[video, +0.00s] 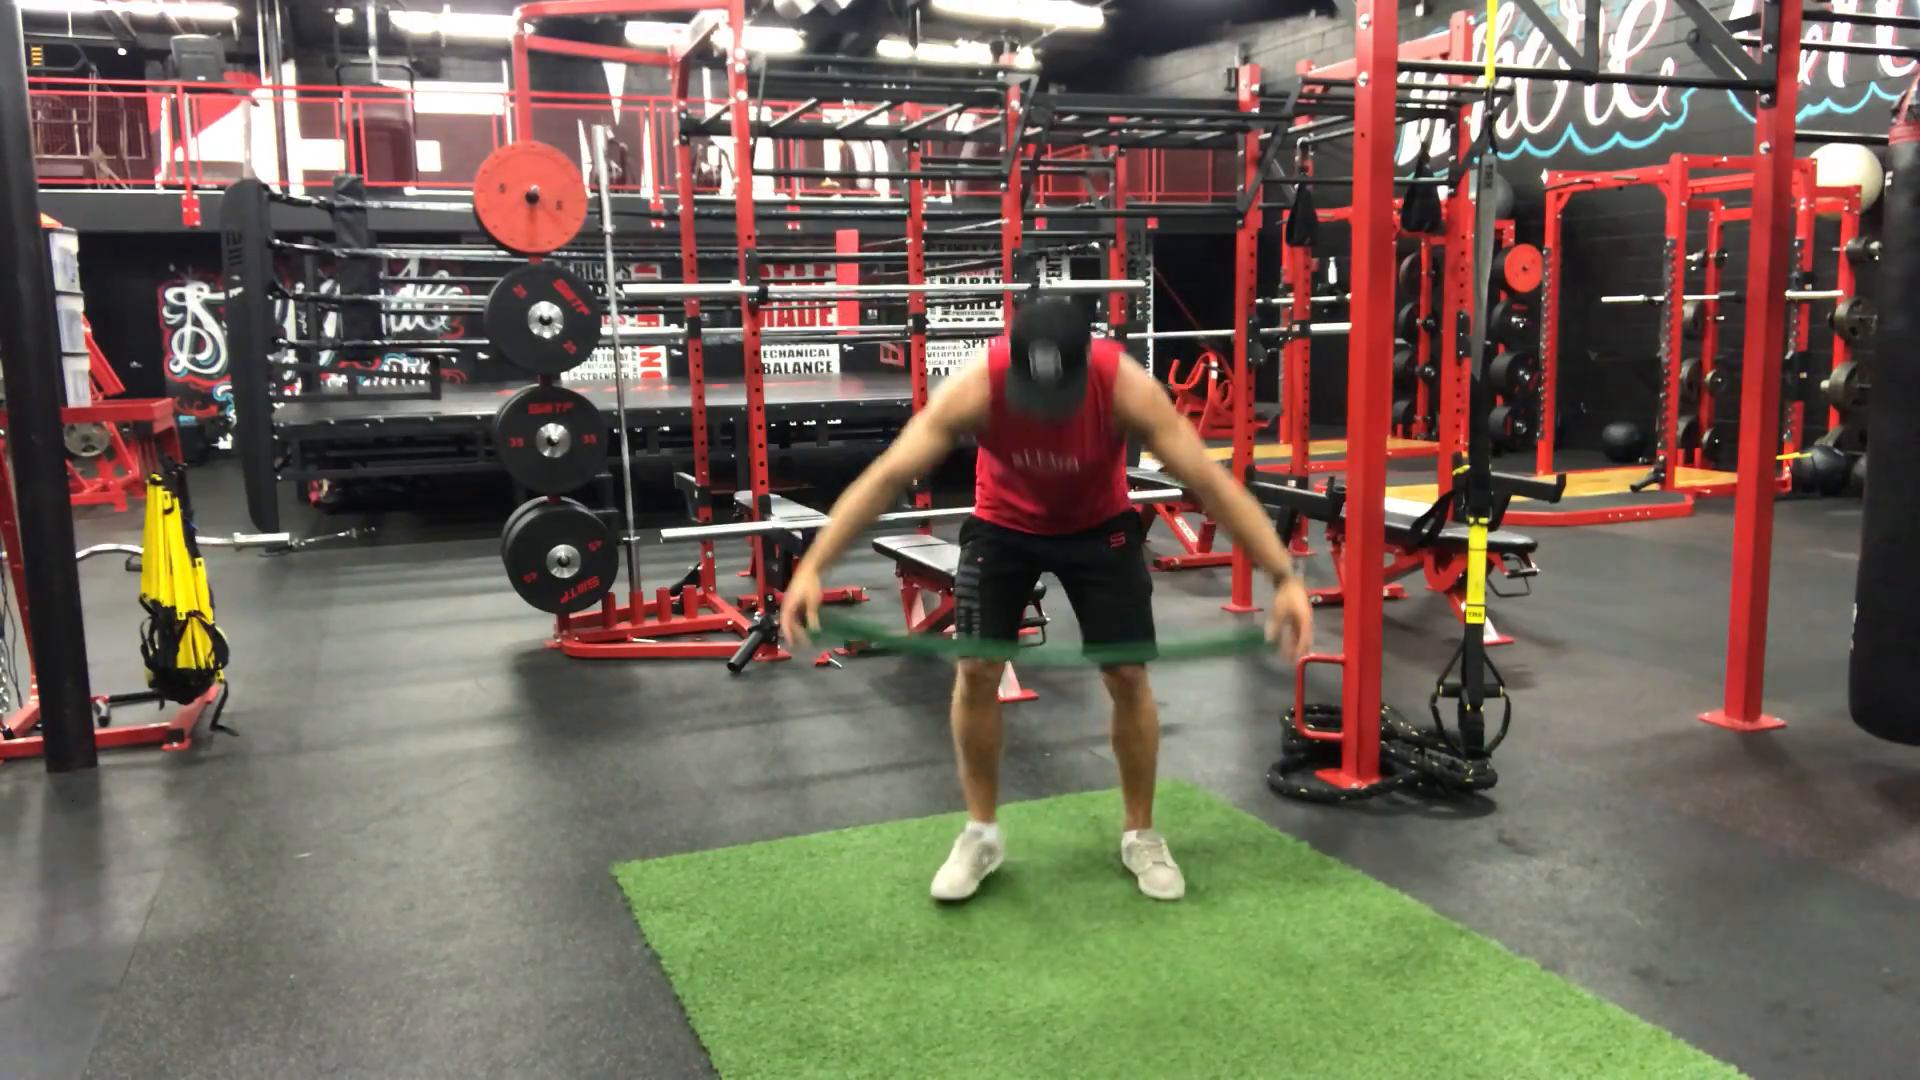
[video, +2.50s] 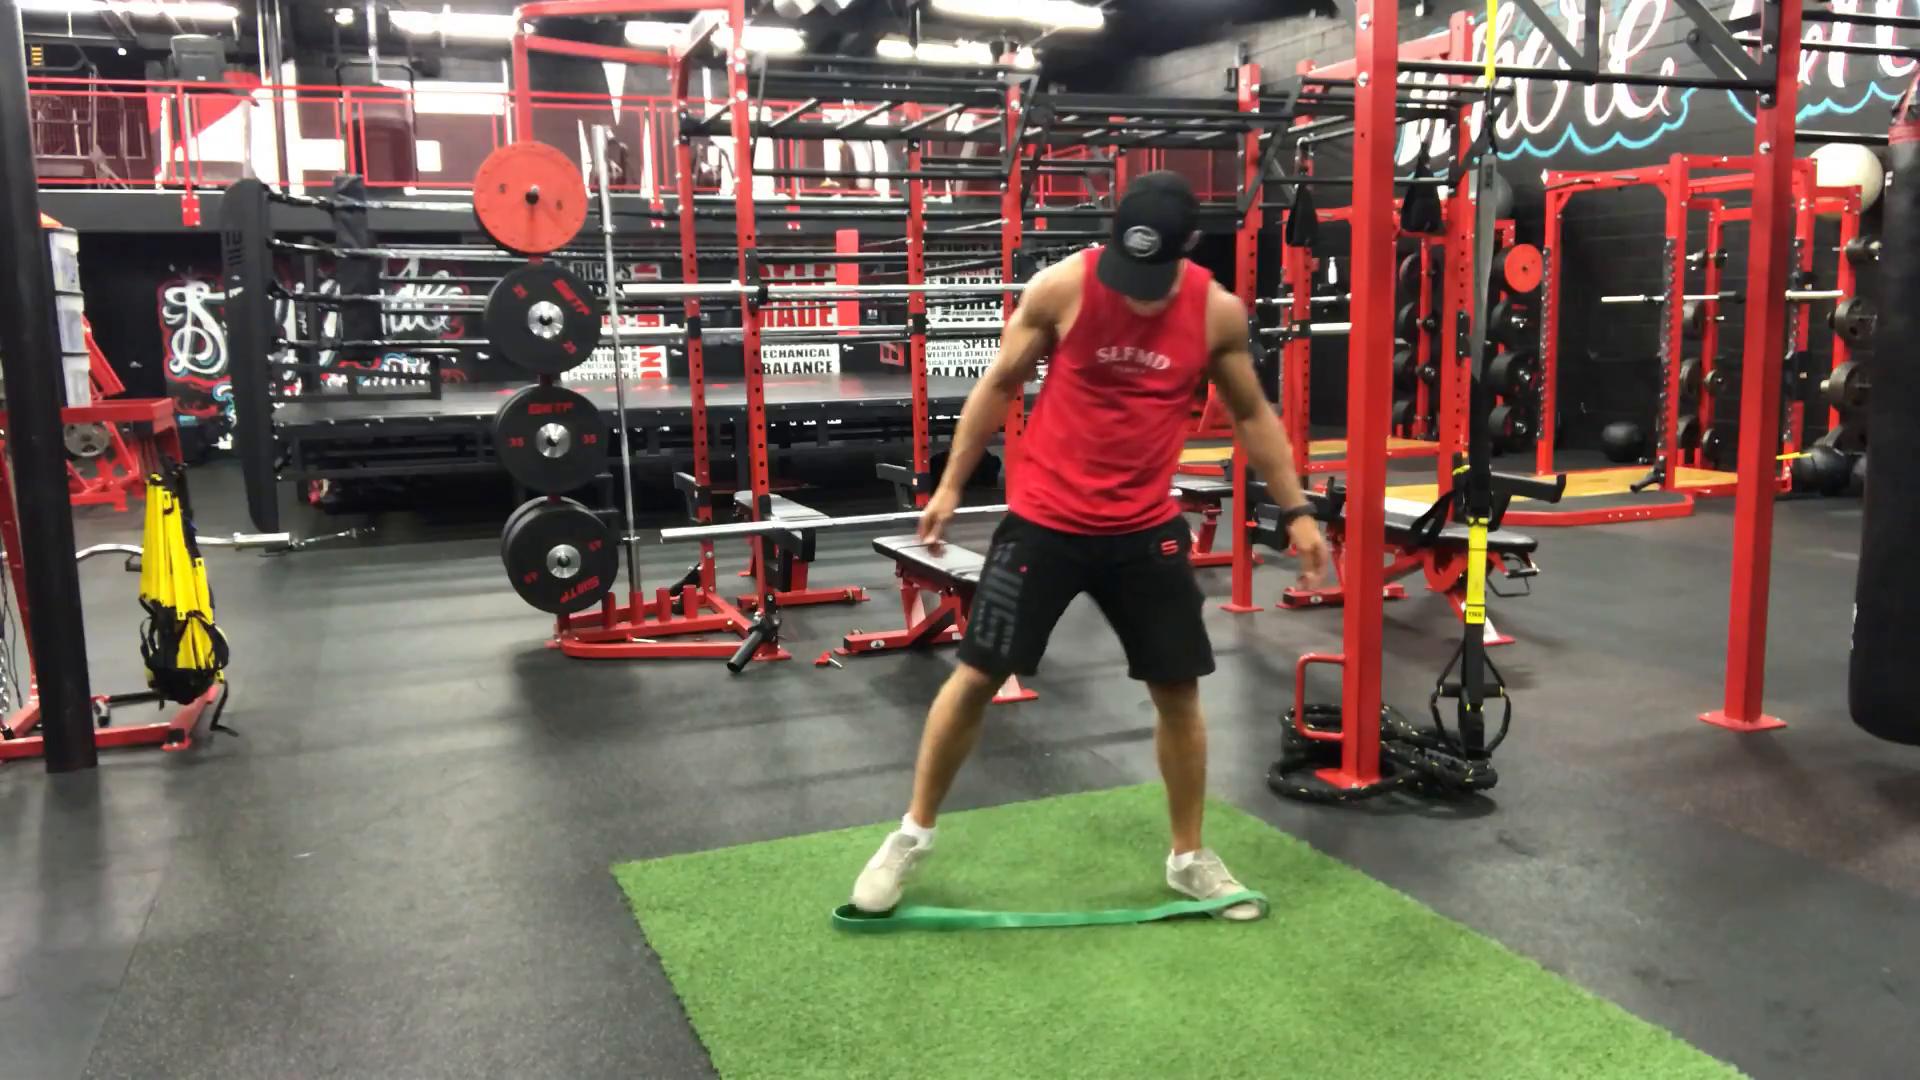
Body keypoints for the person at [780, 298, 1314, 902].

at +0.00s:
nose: (1046, 400)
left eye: (1059, 388)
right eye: (1033, 387)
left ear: (1085, 361)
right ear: (1010, 358)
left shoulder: (1125, 383)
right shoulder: (978, 384)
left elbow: (1209, 478)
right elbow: (887, 474)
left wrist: (1285, 575)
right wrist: (811, 567)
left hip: (1100, 527)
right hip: (1004, 524)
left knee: (1127, 675)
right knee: (976, 671)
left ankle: (1141, 832)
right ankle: (981, 831)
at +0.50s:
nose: (1061, 706)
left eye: (1072, 695)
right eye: (1052, 694)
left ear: (1104, 654)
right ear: (1027, 650)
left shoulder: (1147, 638)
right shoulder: (977, 640)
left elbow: (1219, 725)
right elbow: (903, 719)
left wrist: (1286, 825)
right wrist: (838, 818)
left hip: (1097, 540)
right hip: (1001, 544)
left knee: (1165, 687)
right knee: (962, 696)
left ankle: (1131, 823)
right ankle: (992, 831)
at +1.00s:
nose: (1048, 606)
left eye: (1057, 587)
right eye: (1031, 594)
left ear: (1071, 550)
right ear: (991, 561)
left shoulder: (1109, 533)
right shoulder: (954, 548)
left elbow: (1191, 600)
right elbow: (899, 646)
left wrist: (1250, 695)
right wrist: (854, 748)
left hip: (1085, 551)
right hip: (986, 564)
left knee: (1137, 677)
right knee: (970, 686)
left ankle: (1128, 822)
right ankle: (993, 829)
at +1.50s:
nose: (1013, 358)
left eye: (1023, 341)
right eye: (997, 347)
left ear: (1039, 314)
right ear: (968, 324)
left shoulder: (1085, 344)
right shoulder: (929, 377)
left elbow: (1121, 410)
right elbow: (901, 477)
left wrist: (1144, 490)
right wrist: (883, 579)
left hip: (1088, 513)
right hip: (994, 531)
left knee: (1153, 641)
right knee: (983, 683)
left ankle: (1192, 827)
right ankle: (995, 829)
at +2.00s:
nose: (1136, 296)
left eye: (1151, 283)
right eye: (1124, 279)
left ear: (1180, 258)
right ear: (1105, 248)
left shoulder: (1218, 313)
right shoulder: (1057, 301)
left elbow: (1256, 413)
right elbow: (1011, 395)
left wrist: (1281, 519)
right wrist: (971, 493)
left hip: (1168, 527)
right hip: (1065, 522)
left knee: (1196, 687)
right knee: (1002, 670)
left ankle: (1191, 853)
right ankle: (990, 802)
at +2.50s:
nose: (1137, 284)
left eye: (1153, 271)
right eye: (1127, 268)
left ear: (1184, 254)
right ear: (1111, 242)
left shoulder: (1216, 313)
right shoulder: (1061, 290)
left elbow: (1253, 412)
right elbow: (998, 383)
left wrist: (1298, 509)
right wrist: (949, 486)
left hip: (1145, 531)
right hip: (1044, 524)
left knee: (1179, 690)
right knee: (979, 674)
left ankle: (1189, 854)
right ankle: (912, 832)